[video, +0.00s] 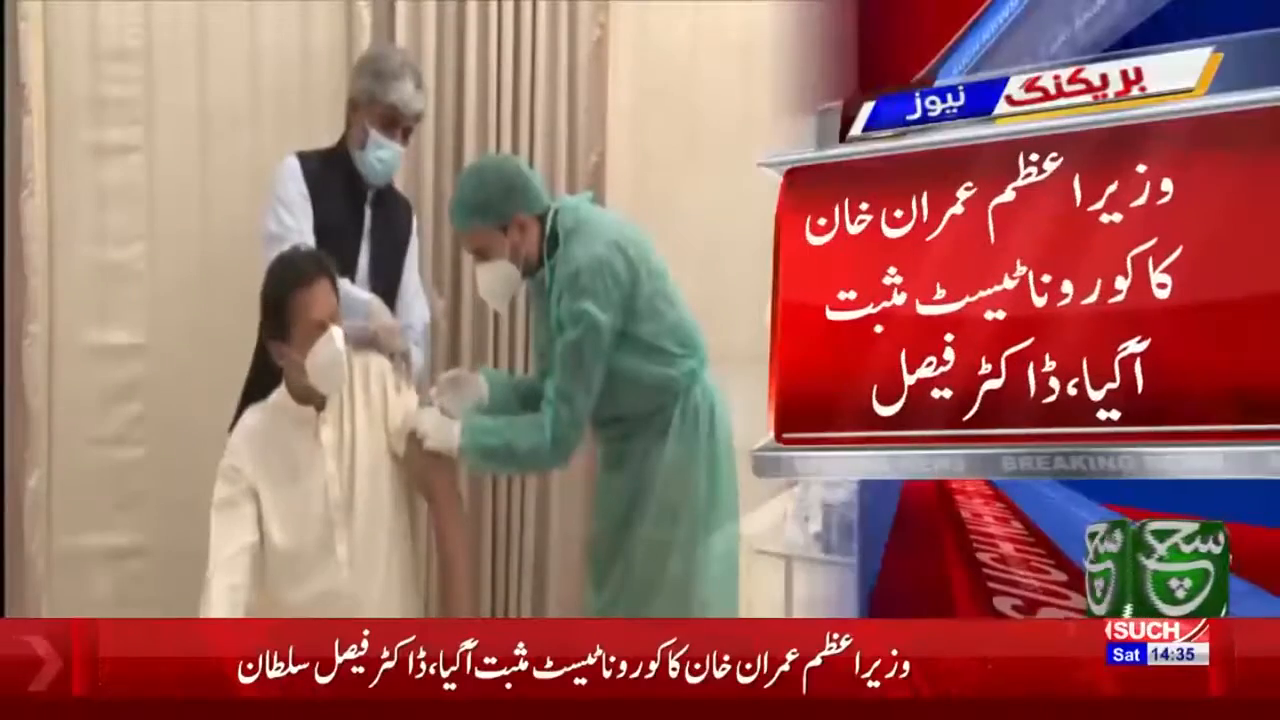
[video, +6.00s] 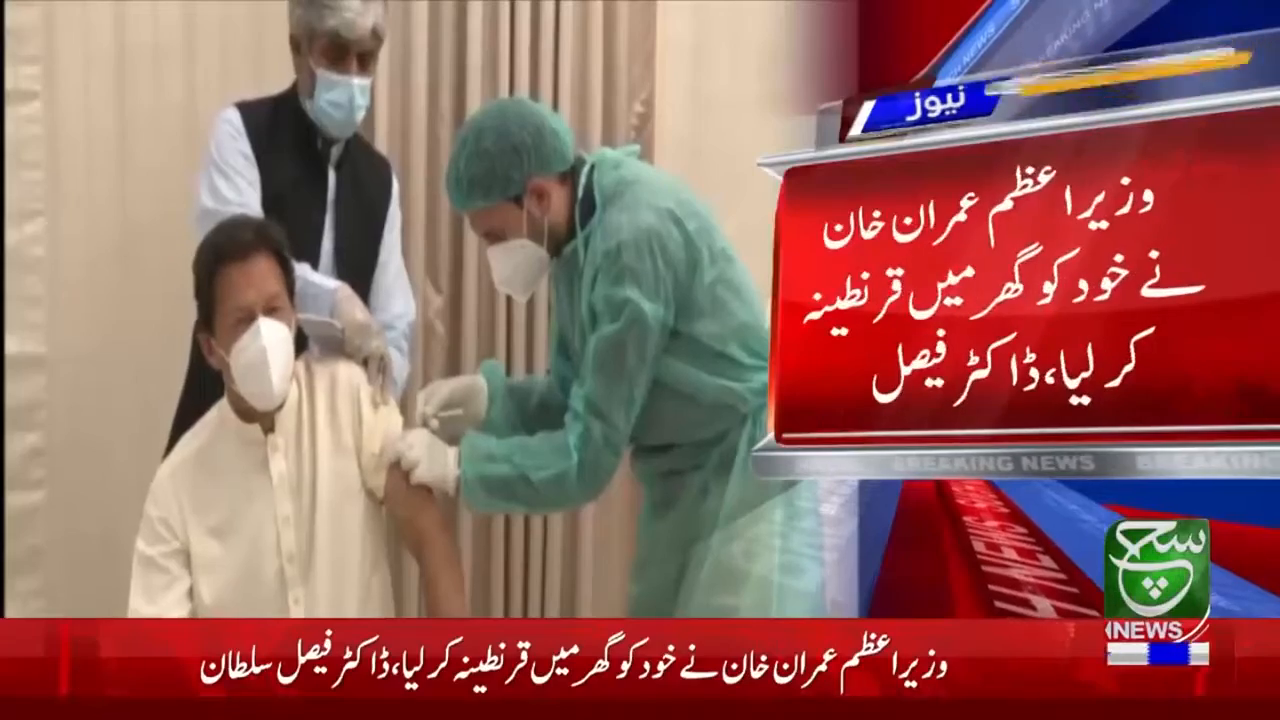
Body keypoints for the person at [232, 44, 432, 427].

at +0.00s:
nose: (395, 144)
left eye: (407, 133)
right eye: (386, 127)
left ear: (415, 133)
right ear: (354, 114)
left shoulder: (401, 213)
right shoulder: (300, 172)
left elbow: (413, 311)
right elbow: (291, 269)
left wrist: (406, 387)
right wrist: (371, 312)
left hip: (367, 383)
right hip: (295, 372)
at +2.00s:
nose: (403, 149)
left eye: (414, 138)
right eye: (394, 131)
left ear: (422, 135)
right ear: (363, 116)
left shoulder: (405, 216)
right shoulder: (304, 172)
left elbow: (414, 316)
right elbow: (293, 268)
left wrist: (405, 390)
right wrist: (370, 309)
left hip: (370, 387)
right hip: (296, 376)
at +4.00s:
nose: (406, 155)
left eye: (421, 144)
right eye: (399, 135)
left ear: (430, 144)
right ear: (370, 118)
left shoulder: (412, 218)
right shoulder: (313, 172)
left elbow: (424, 320)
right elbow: (295, 268)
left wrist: (419, 402)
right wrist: (371, 312)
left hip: (371, 392)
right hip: (297, 376)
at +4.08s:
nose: (407, 155)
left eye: (421, 145)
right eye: (399, 136)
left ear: (430, 145)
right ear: (371, 118)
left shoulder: (412, 218)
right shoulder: (314, 172)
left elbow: (425, 321)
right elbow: (296, 269)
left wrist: (419, 403)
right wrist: (371, 312)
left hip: (372, 391)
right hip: (297, 377)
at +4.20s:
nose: (347, 74)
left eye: (359, 57)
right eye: (330, 55)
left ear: (372, 54)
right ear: (293, 46)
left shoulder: (376, 163)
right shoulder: (240, 120)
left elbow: (391, 293)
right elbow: (228, 244)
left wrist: (374, 374)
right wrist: (330, 291)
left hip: (332, 388)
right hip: (236, 374)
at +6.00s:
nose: (352, 78)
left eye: (365, 61)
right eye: (335, 58)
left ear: (377, 62)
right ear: (298, 51)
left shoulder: (378, 175)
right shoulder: (242, 130)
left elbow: (394, 308)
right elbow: (233, 254)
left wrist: (375, 388)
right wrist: (336, 300)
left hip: (334, 402)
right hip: (238, 386)